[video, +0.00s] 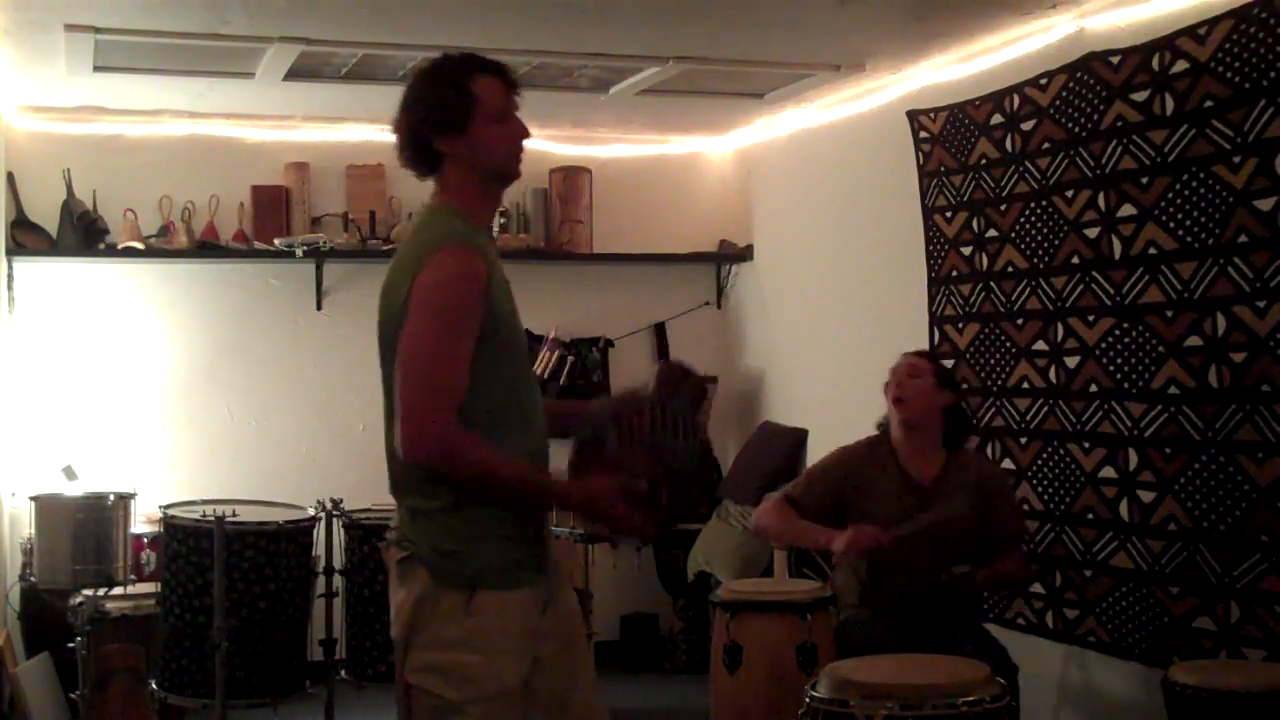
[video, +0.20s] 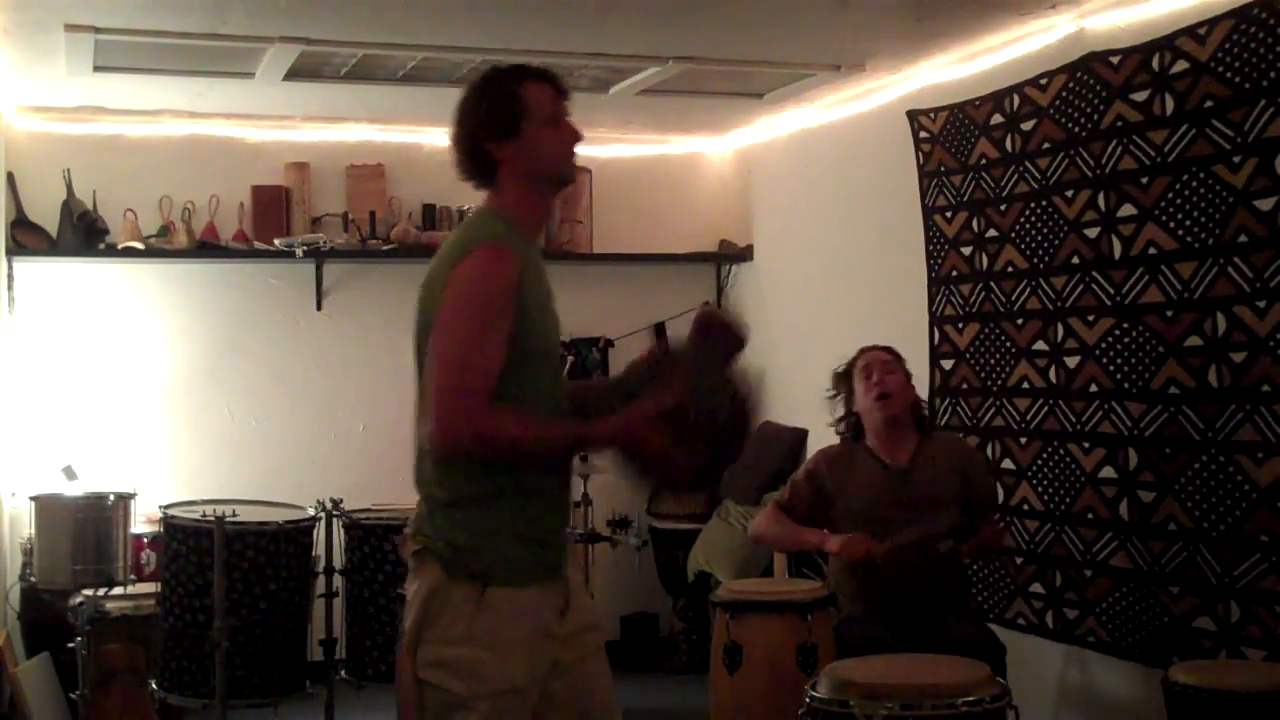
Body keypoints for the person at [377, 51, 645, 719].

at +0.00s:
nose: (524, 130)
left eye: (518, 115)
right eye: (505, 117)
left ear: (454, 141)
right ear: (448, 137)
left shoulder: (465, 246)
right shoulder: (450, 255)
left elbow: (493, 406)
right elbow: (426, 436)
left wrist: (602, 414)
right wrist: (569, 494)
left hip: (515, 566)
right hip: (466, 579)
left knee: (568, 710)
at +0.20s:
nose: (575, 131)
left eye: (568, 118)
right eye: (557, 119)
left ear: (514, 148)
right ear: (503, 145)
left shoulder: (515, 253)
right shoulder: (488, 255)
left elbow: (521, 401)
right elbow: (457, 421)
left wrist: (625, 391)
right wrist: (609, 429)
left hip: (537, 577)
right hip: (478, 586)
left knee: (588, 712)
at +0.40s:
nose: (611, 140)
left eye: (608, 125)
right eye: (595, 123)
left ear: (550, 140)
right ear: (540, 136)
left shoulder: (548, 248)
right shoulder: (516, 242)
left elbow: (603, 371)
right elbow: (555, 403)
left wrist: (709, 348)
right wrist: (713, 393)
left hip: (583, 563)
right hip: (516, 572)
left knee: (615, 712)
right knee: (509, 710)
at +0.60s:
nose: (643, 164)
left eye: (643, 147)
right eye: (632, 145)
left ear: (581, 150)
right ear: (577, 146)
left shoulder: (601, 263)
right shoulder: (530, 258)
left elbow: (638, 396)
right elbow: (551, 416)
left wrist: (725, 390)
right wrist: (687, 391)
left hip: (649, 561)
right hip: (571, 574)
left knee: (674, 714)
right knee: (570, 711)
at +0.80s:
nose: (681, 146)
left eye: (678, 131)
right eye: (666, 130)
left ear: (624, 148)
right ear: (612, 144)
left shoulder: (638, 257)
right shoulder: (579, 253)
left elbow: (635, 395)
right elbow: (546, 405)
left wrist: (714, 417)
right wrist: (697, 418)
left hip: (665, 544)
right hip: (603, 554)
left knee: (695, 705)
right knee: (626, 708)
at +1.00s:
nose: (702, 157)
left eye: (701, 143)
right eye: (688, 141)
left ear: (645, 151)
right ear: (636, 148)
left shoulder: (664, 261)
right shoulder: (597, 254)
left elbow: (663, 404)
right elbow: (549, 408)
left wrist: (751, 418)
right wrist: (682, 464)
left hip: (682, 548)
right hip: (620, 557)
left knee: (704, 710)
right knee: (642, 710)